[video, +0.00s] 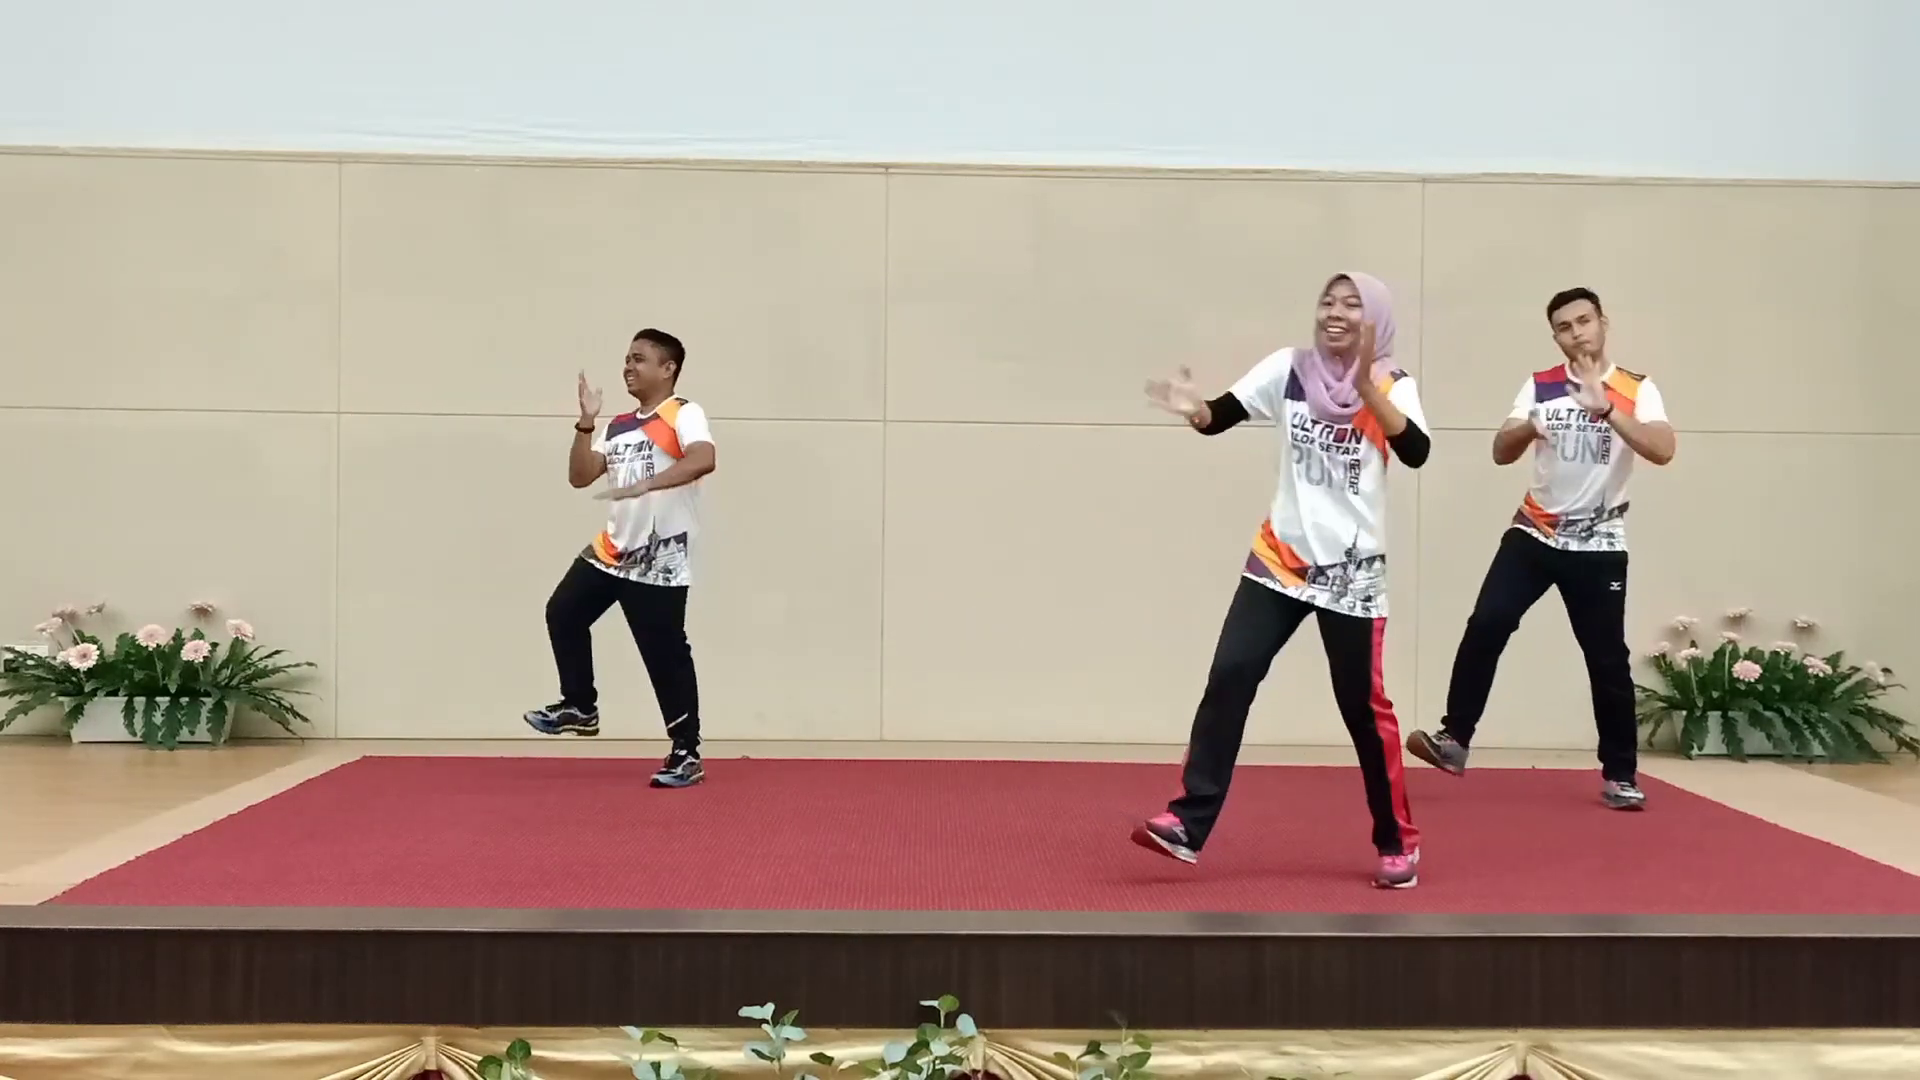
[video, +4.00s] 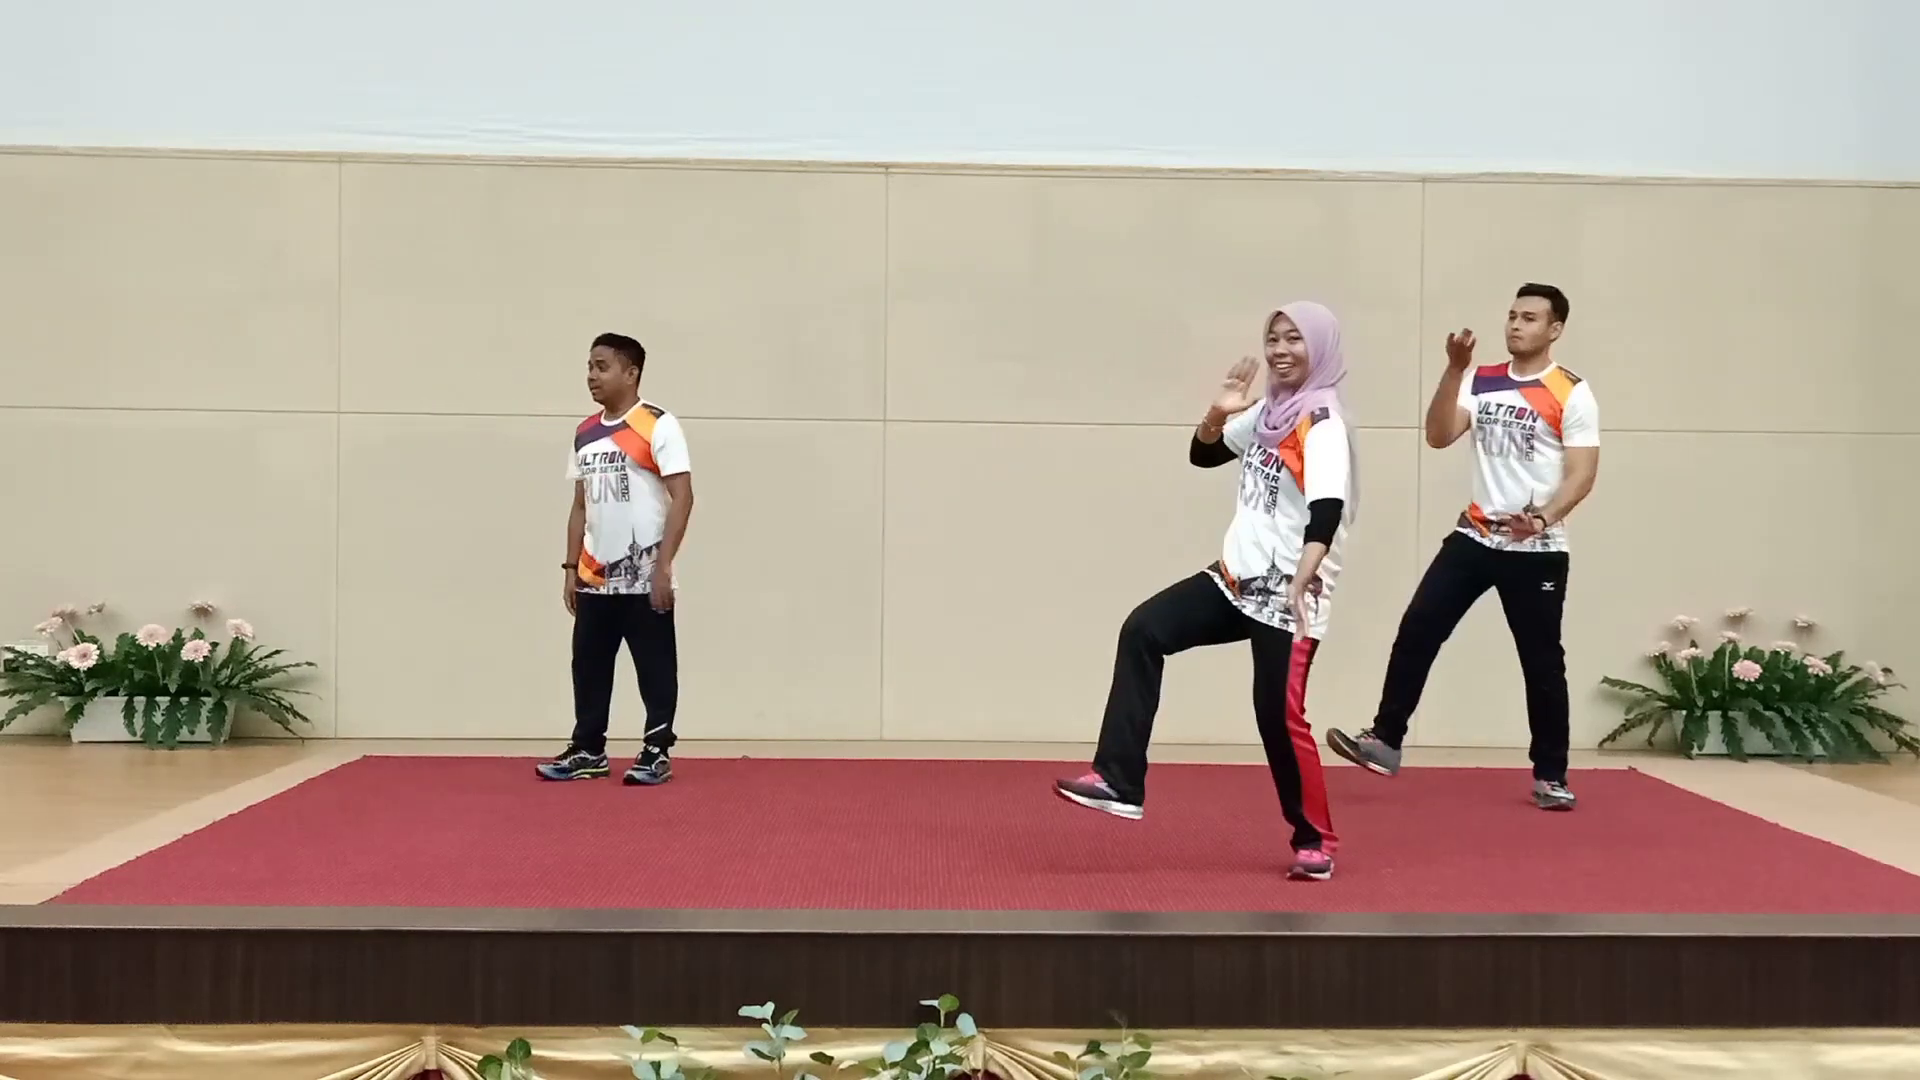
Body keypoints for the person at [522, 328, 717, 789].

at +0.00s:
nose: (627, 367)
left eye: (638, 360)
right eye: (628, 359)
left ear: (668, 368)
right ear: (632, 368)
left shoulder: (684, 413)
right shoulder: (618, 425)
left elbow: (703, 459)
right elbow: (580, 477)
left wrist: (644, 484)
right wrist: (585, 428)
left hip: (659, 561)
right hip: (610, 551)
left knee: (666, 655)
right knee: (563, 614)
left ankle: (685, 755)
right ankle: (579, 709)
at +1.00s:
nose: (487, 371)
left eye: (494, 364)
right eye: (476, 365)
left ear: (504, 373)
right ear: (457, 375)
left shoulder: (529, 432)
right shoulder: (435, 427)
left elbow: (550, 499)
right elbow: (421, 491)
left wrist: (535, 552)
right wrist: (457, 450)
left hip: (501, 565)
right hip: (450, 560)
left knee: (490, 657)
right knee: (458, 646)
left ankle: (466, 747)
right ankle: (459, 745)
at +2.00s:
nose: (373, 388)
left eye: (378, 380)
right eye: (363, 381)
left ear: (382, 384)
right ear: (335, 385)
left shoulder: (401, 437)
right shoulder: (316, 444)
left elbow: (423, 497)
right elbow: (319, 510)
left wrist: (439, 543)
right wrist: (369, 462)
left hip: (413, 573)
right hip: (355, 581)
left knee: (443, 657)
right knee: (354, 673)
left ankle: (467, 743)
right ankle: (353, 756)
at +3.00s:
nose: (480, 370)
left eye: (491, 362)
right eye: (476, 363)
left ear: (517, 370)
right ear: (471, 371)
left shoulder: (530, 421)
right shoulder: (461, 426)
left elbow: (539, 486)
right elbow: (412, 468)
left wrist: (477, 518)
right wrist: (385, 449)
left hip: (500, 568)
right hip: (456, 564)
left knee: (491, 660)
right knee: (448, 644)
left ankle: (485, 755)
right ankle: (520, 717)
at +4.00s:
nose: (590, 375)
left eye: (600, 366)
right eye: (589, 367)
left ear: (631, 372)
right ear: (595, 373)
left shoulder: (660, 426)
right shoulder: (587, 432)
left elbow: (682, 498)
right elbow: (581, 505)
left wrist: (663, 567)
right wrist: (571, 567)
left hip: (646, 578)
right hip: (596, 578)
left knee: (656, 670)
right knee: (589, 668)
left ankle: (656, 753)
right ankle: (588, 751)